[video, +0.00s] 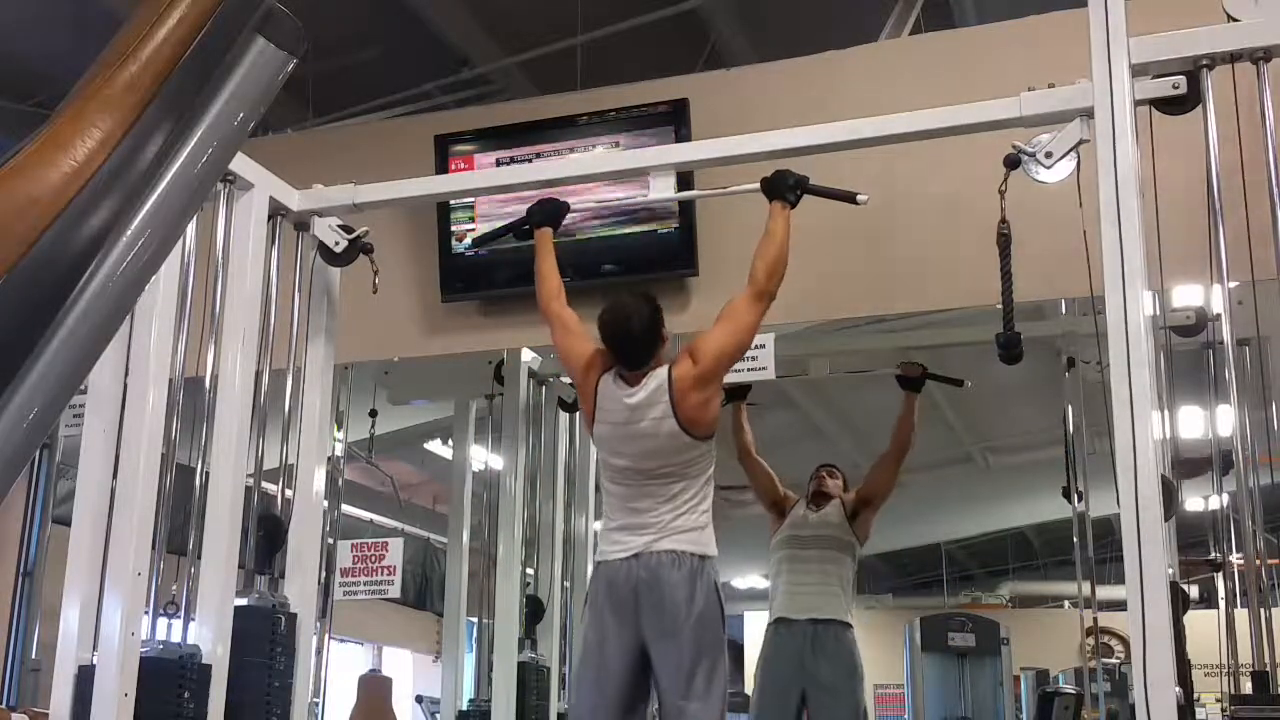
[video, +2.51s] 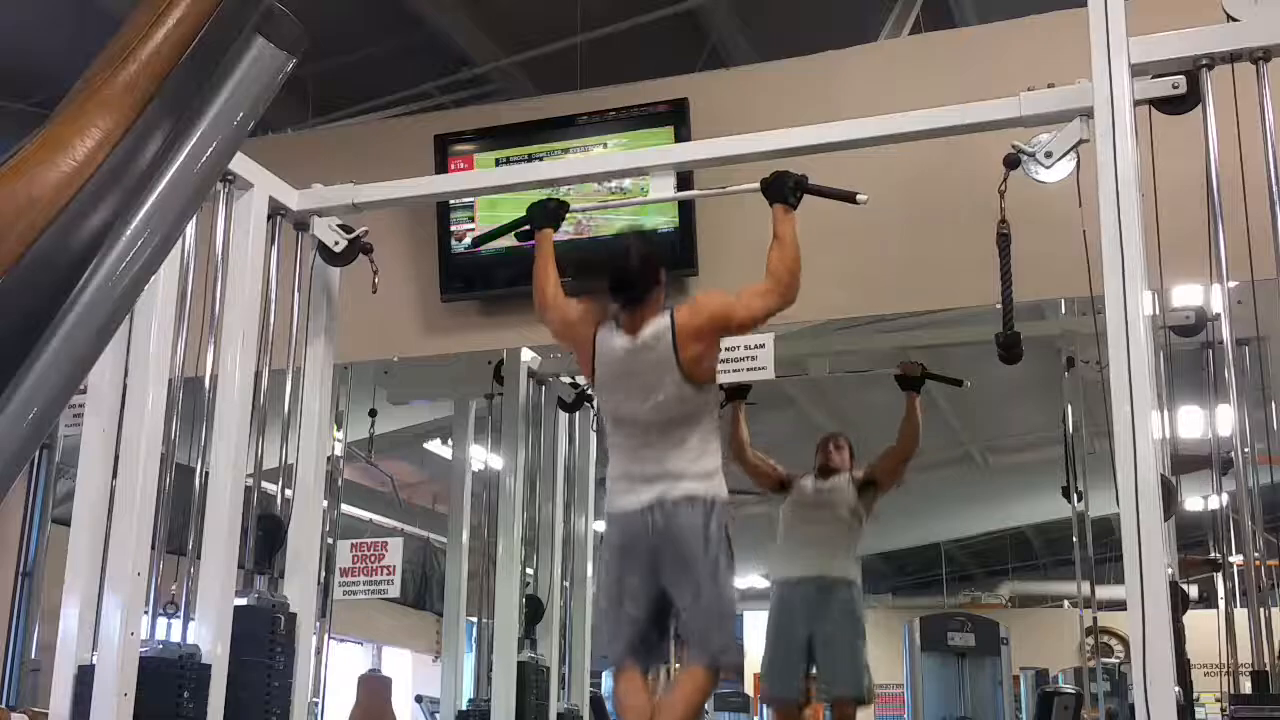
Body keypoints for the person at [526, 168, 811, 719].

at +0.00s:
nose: (664, 322)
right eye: (661, 320)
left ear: (607, 346)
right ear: (664, 336)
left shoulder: (593, 377)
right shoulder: (697, 371)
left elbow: (553, 307)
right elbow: (760, 291)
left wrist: (542, 231)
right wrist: (781, 205)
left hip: (612, 567)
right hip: (681, 565)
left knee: (599, 709)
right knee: (694, 708)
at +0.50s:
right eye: (647, 222)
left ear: (599, 237)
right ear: (654, 230)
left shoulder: (584, 289)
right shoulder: (691, 281)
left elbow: (542, 301)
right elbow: (779, 285)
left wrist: (540, 234)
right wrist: (784, 206)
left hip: (614, 465)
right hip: (683, 462)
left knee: (603, 610)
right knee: (685, 604)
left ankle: (590, 716)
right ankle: (651, 715)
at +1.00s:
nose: (659, 153)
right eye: (659, 145)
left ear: (607, 169)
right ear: (661, 155)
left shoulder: (584, 227)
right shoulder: (696, 215)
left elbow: (544, 297)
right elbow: (771, 278)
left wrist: (540, 230)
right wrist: (784, 204)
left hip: (631, 391)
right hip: (694, 385)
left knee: (652, 534)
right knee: (706, 529)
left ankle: (665, 671)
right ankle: (653, 665)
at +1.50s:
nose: (662, 297)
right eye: (660, 292)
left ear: (604, 311)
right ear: (658, 303)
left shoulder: (590, 354)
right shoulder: (696, 338)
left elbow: (551, 301)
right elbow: (768, 293)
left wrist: (544, 233)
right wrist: (782, 210)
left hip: (623, 529)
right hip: (691, 526)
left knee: (634, 682)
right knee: (690, 679)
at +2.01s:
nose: (666, 151)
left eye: (655, 146)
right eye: (663, 145)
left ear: (607, 173)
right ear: (662, 160)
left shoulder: (586, 230)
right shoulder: (699, 216)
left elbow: (543, 297)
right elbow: (773, 279)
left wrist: (540, 235)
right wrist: (784, 206)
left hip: (629, 398)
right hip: (693, 392)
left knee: (637, 538)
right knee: (702, 531)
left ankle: (659, 675)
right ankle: (641, 670)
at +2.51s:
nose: (660, 281)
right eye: (660, 274)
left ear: (611, 288)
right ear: (663, 280)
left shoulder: (590, 336)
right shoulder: (700, 320)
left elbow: (549, 302)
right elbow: (781, 288)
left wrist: (544, 234)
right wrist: (784, 207)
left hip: (625, 516)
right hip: (693, 511)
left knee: (629, 660)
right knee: (705, 655)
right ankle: (660, 719)